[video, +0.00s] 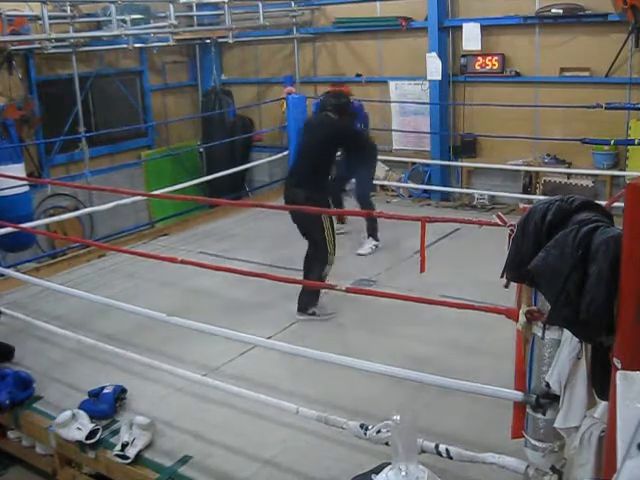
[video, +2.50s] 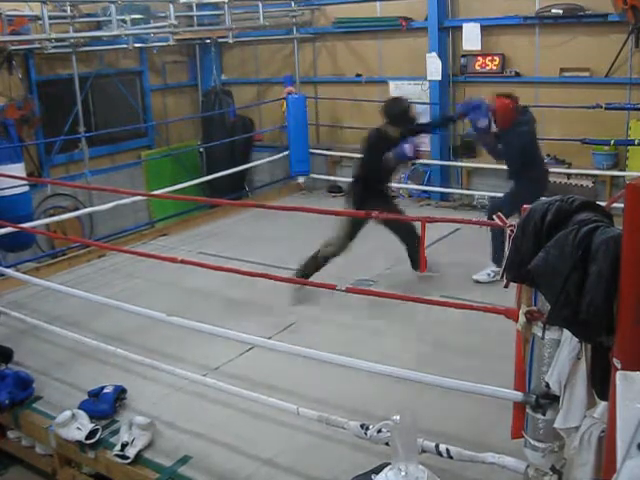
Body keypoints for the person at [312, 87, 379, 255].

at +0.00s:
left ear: (344, 98)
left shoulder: (355, 109)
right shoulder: (324, 105)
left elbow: (361, 131)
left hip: (364, 154)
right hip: (347, 155)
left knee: (362, 195)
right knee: (334, 187)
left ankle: (373, 237)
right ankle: (340, 216)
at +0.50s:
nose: (354, 101)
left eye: (357, 97)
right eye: (353, 97)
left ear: (366, 98)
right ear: (367, 99)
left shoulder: (370, 117)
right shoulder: (369, 112)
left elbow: (376, 143)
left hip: (391, 159)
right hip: (385, 157)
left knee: (373, 199)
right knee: (378, 194)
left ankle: (390, 236)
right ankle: (386, 220)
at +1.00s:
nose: (376, 111)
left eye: (381, 108)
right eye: (375, 107)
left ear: (392, 109)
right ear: (373, 106)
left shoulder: (406, 128)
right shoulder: (371, 116)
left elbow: (403, 160)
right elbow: (349, 117)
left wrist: (380, 154)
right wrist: (337, 124)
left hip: (395, 173)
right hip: (375, 169)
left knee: (387, 211)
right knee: (376, 205)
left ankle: (392, 260)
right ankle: (399, 229)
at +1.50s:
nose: (394, 104)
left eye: (397, 100)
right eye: (392, 100)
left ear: (407, 99)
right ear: (393, 100)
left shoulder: (417, 118)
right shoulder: (398, 115)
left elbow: (403, 143)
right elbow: (382, 138)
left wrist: (390, 124)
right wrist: (374, 118)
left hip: (425, 173)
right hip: (417, 172)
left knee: (396, 216)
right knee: (421, 211)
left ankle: (398, 266)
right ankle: (458, 236)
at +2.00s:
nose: (446, 107)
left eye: (449, 103)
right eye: (445, 103)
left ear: (461, 102)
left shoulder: (476, 121)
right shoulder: (462, 115)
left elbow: (479, 153)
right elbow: (448, 125)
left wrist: (457, 149)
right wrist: (435, 120)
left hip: (489, 170)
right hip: (488, 167)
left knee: (464, 213)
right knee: (490, 210)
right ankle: (513, 252)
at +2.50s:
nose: (496, 121)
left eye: (498, 117)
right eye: (496, 117)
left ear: (506, 117)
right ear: (512, 114)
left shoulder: (518, 133)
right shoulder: (521, 122)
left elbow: (500, 156)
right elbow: (501, 141)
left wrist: (485, 138)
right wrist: (487, 133)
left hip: (529, 185)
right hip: (534, 181)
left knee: (496, 211)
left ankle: (498, 265)